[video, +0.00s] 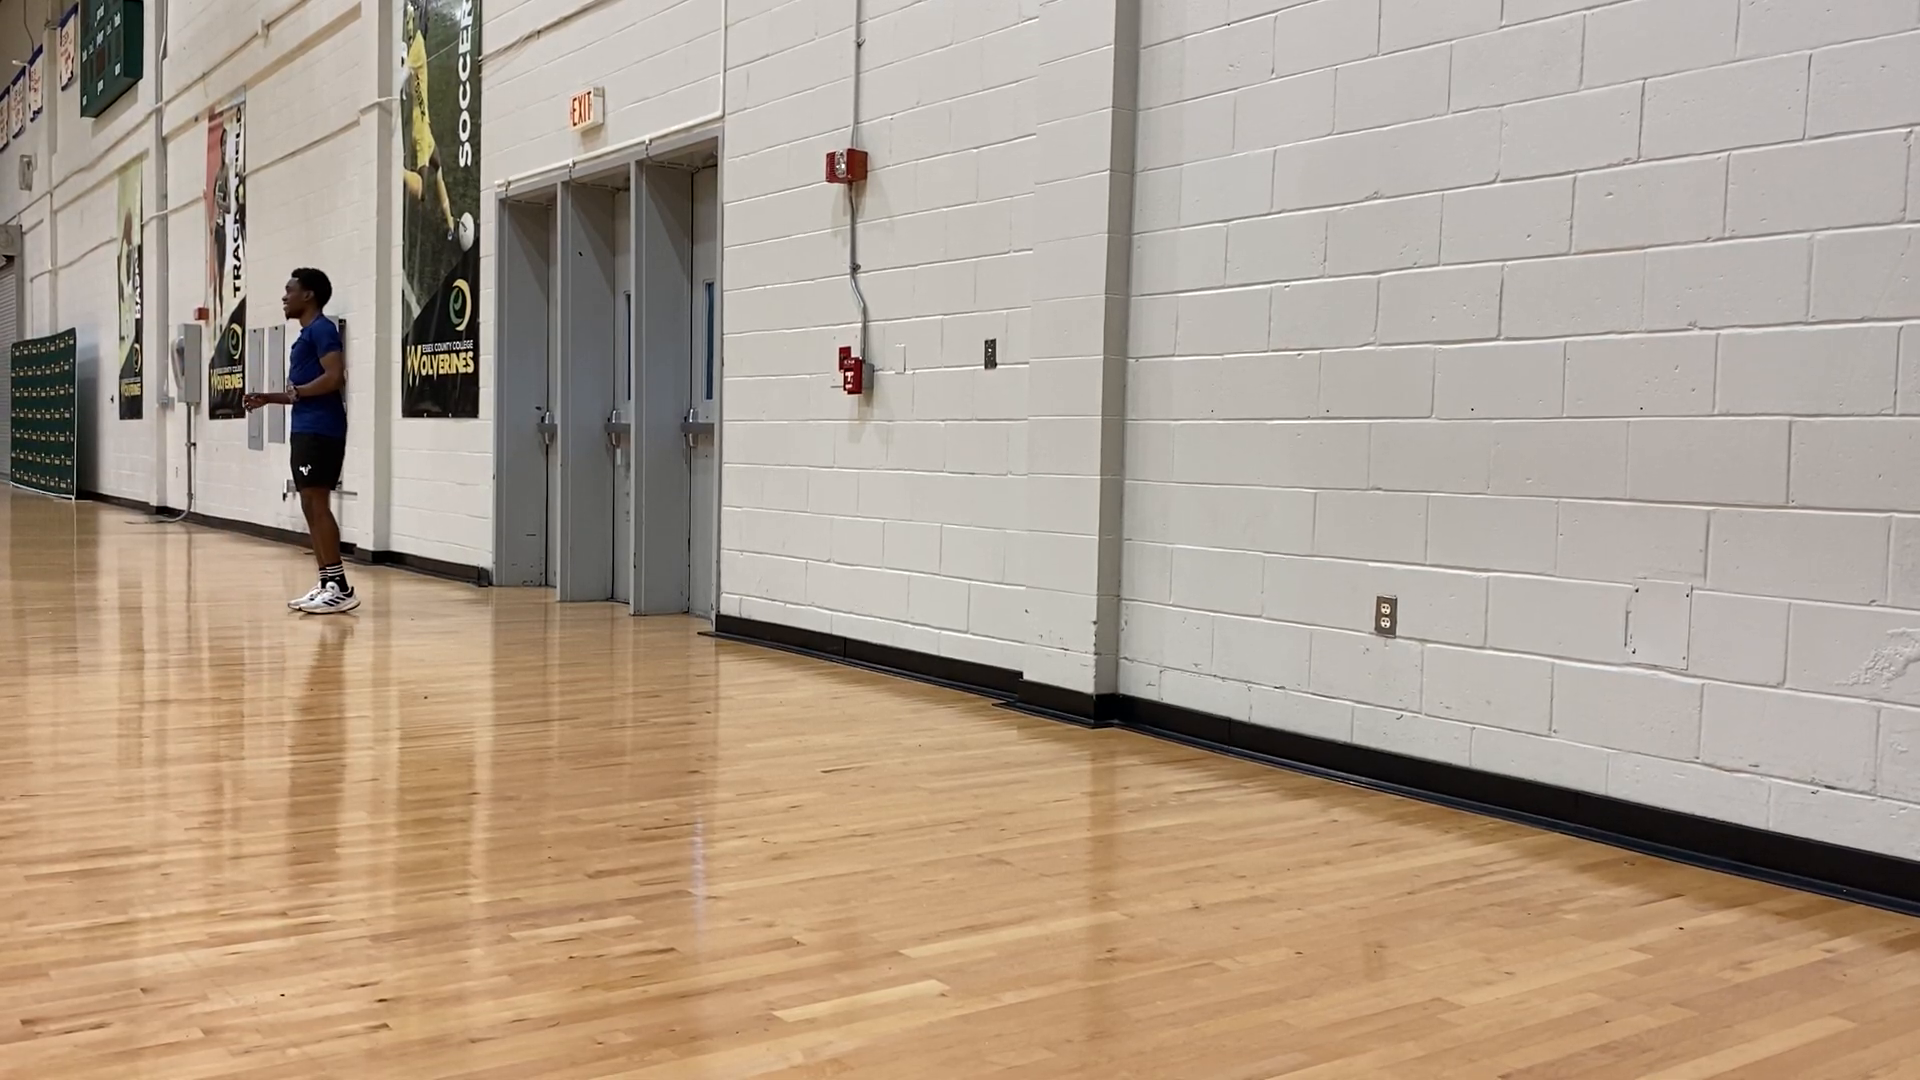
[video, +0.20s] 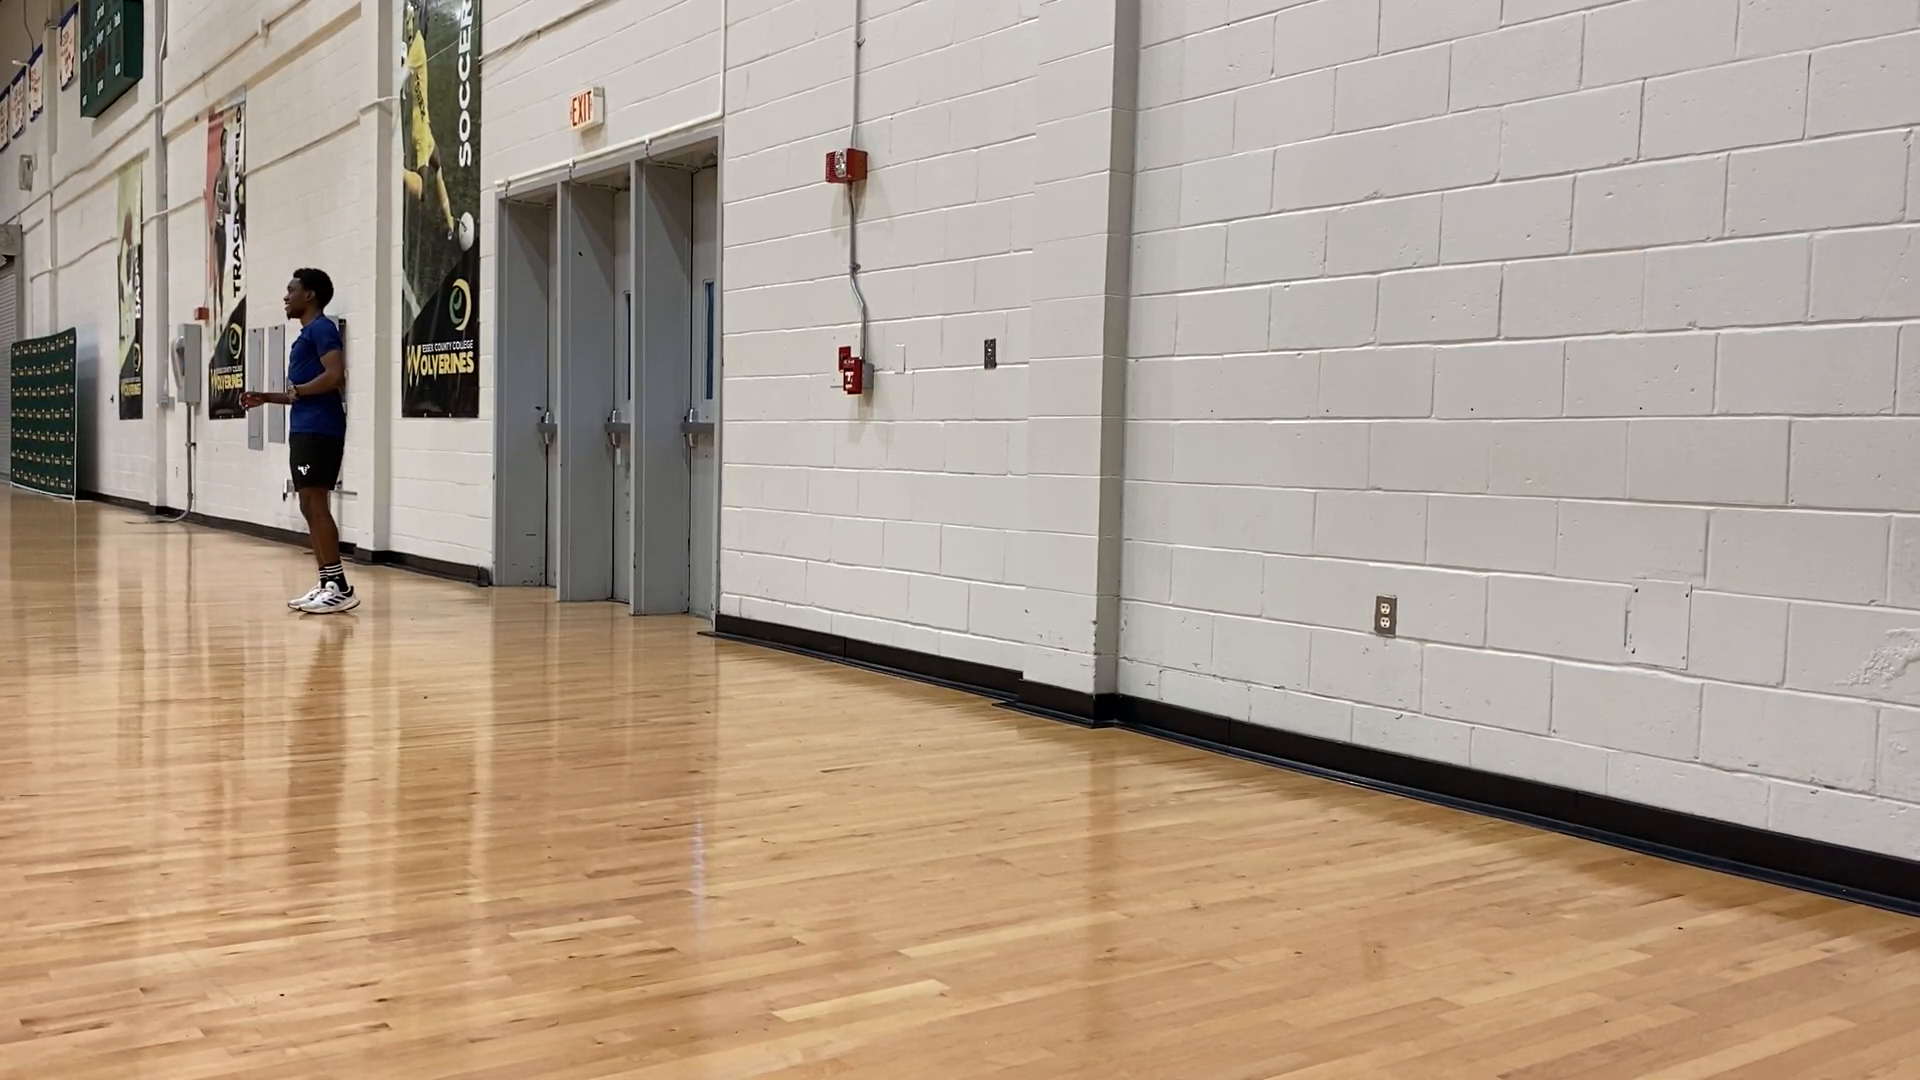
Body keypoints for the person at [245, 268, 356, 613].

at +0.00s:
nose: (283, 296)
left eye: (289, 290)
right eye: (285, 290)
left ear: (308, 295)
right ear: (305, 296)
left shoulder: (322, 329)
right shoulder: (305, 335)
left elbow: (335, 377)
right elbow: (301, 393)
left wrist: (297, 391)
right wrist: (266, 398)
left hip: (321, 432)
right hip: (306, 432)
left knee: (317, 507)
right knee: (311, 507)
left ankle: (338, 587)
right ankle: (327, 585)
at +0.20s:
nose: (285, 296)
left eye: (291, 290)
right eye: (287, 290)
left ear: (310, 295)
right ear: (307, 296)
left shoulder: (322, 328)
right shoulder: (306, 335)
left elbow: (335, 375)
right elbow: (300, 395)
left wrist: (299, 390)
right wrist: (264, 398)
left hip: (320, 432)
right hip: (306, 432)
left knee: (315, 505)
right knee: (310, 506)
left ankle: (337, 586)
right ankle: (327, 584)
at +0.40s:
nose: (284, 296)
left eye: (290, 290)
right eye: (286, 290)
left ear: (309, 296)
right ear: (306, 296)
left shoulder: (321, 329)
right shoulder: (305, 336)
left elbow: (335, 378)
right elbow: (300, 395)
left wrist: (295, 399)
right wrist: (265, 406)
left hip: (319, 431)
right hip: (307, 430)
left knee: (307, 505)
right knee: (304, 505)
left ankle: (336, 585)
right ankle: (327, 584)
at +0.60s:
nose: (285, 310)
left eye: (292, 305)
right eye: (287, 304)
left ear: (310, 312)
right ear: (307, 313)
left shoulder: (322, 346)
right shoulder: (305, 352)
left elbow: (329, 389)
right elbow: (292, 409)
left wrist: (284, 409)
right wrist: (249, 417)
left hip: (324, 444)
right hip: (310, 443)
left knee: (292, 513)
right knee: (285, 515)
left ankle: (335, 588)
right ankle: (328, 586)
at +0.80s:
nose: (287, 281)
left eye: (293, 276)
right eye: (288, 276)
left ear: (313, 282)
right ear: (301, 282)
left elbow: (304, 288)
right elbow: (272, 328)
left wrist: (266, 267)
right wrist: (245, 289)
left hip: (318, 412)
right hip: (298, 413)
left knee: (307, 490)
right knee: (297, 493)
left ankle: (336, 575)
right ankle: (317, 575)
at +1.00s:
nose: (283, 302)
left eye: (290, 298)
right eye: (285, 295)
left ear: (305, 304)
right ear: (288, 303)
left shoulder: (313, 329)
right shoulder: (291, 331)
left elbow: (313, 290)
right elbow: (284, 290)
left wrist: (306, 261)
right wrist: (300, 258)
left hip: (316, 432)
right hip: (299, 432)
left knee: (298, 511)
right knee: (282, 514)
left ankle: (342, 587)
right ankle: (322, 584)